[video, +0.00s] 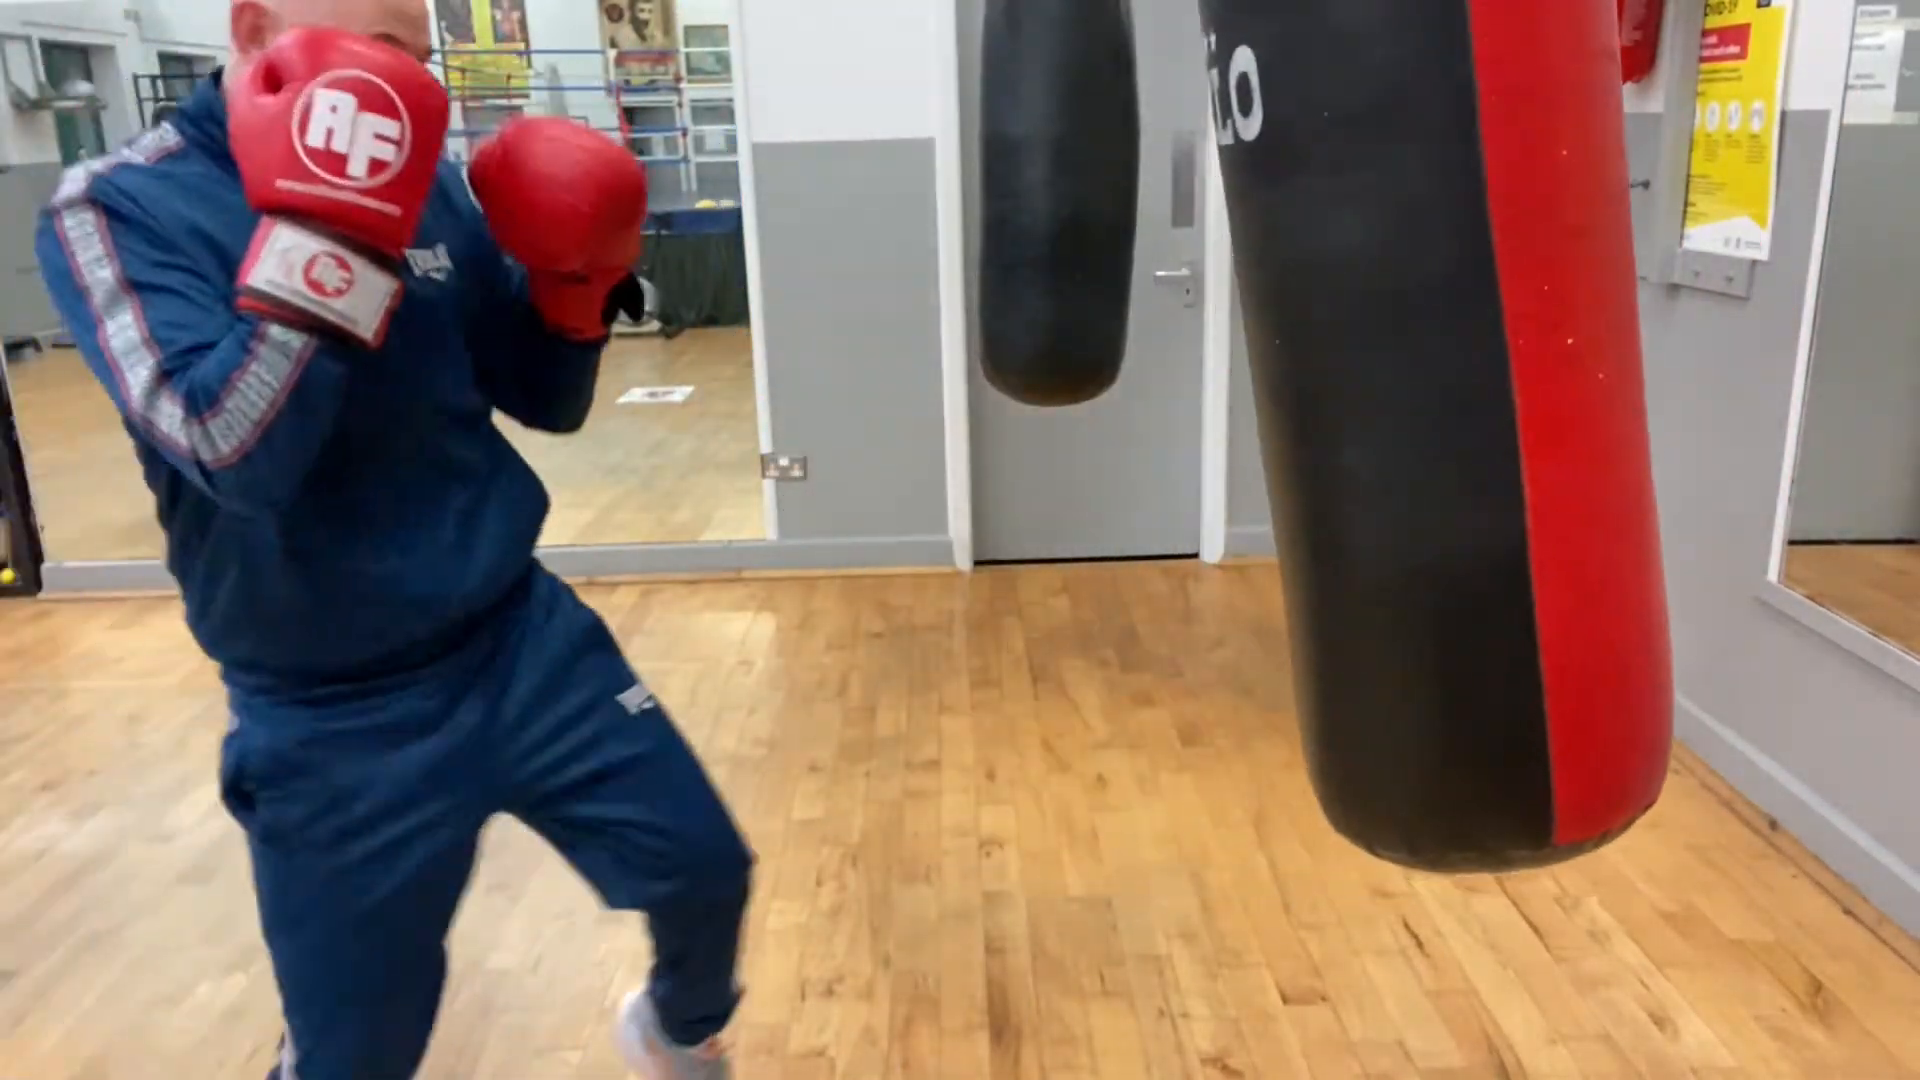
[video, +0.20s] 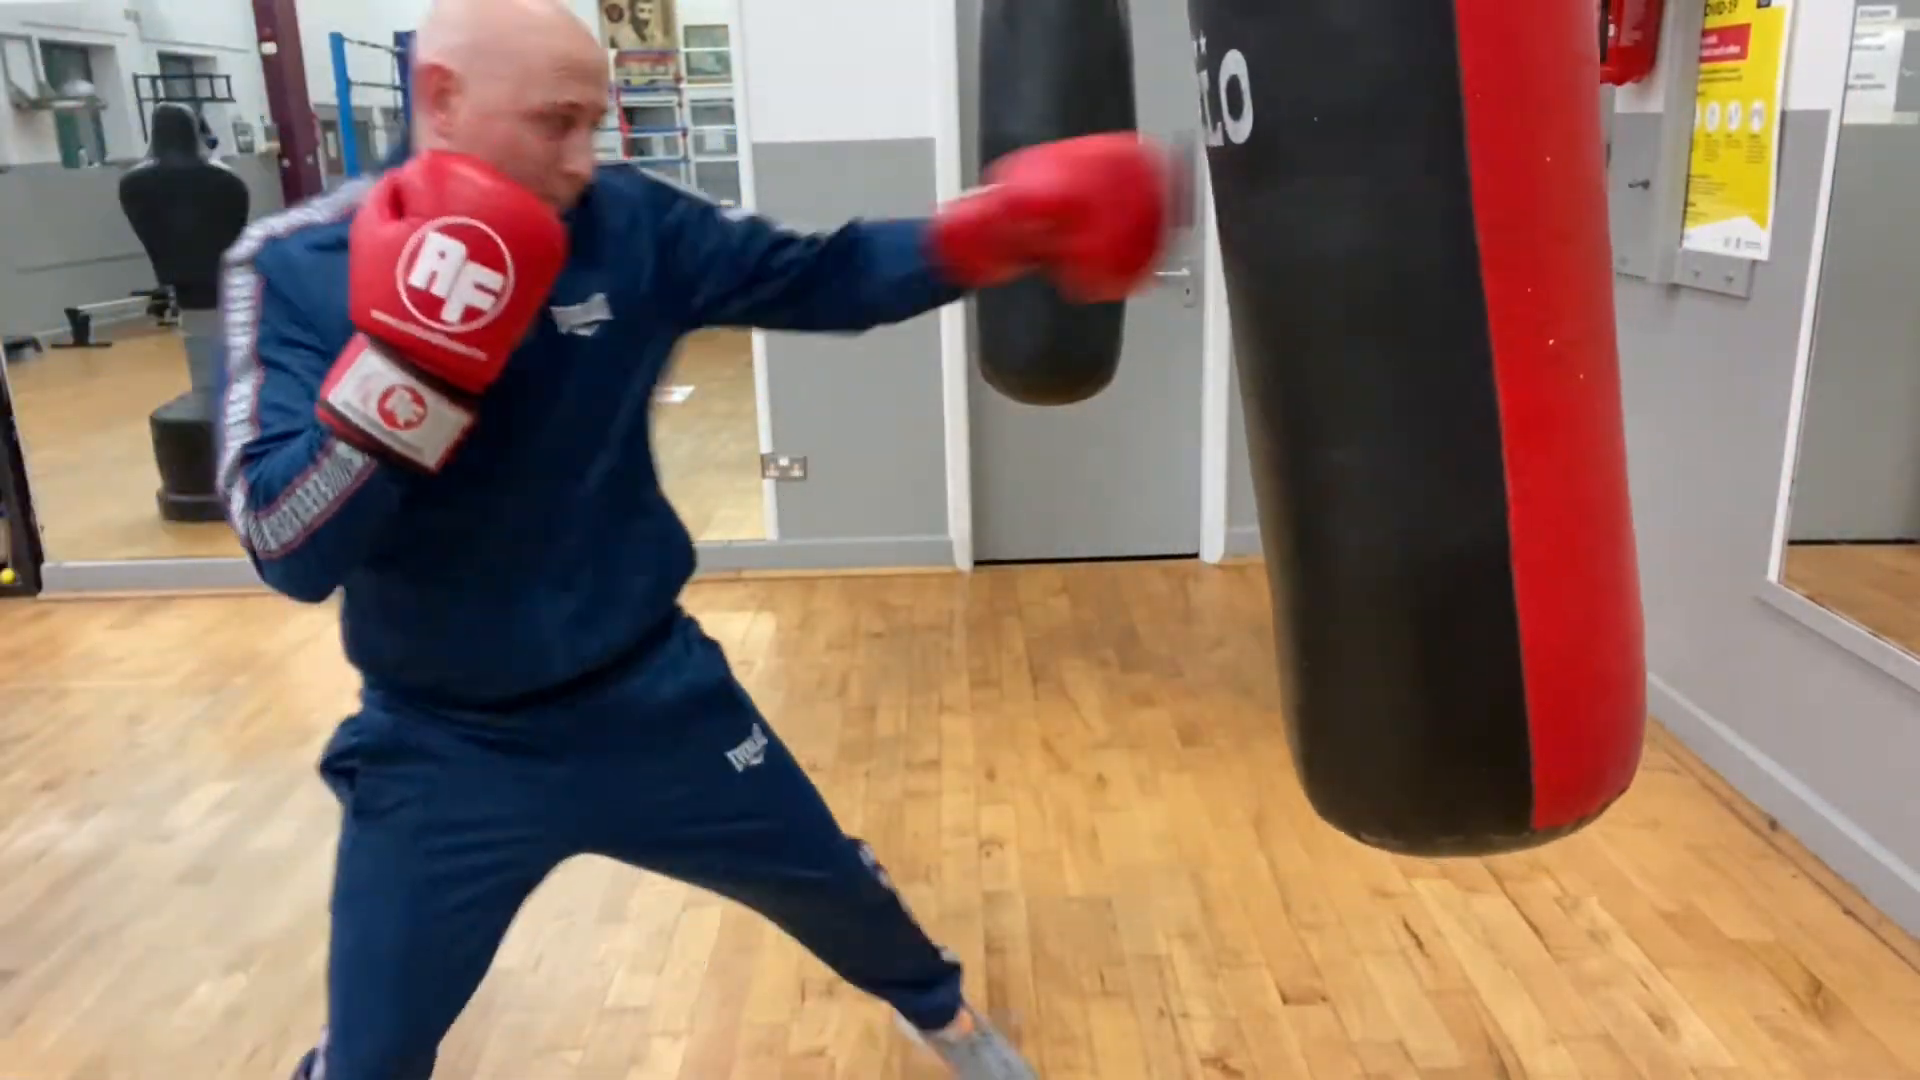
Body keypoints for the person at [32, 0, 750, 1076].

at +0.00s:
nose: (400, 93)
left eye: (417, 57)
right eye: (368, 54)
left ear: (432, 40)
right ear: (255, 31)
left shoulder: (426, 171)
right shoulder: (114, 209)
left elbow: (545, 399)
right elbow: (233, 456)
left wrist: (574, 285)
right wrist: (325, 229)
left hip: (518, 641)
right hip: (333, 723)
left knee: (706, 873)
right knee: (357, 1061)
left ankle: (677, 1037)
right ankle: (302, 1070)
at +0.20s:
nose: (589, 155)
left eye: (599, 121)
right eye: (556, 124)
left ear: (611, 101)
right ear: (438, 104)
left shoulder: (626, 224)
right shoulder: (296, 271)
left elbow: (823, 273)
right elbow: (286, 551)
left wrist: (1007, 224)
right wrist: (413, 362)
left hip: (649, 697)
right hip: (442, 742)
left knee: (836, 888)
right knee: (370, 1061)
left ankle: (954, 1028)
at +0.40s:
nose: (860, 200)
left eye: (866, 171)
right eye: (841, 169)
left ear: (751, 149)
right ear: (740, 145)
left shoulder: (739, 271)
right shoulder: (630, 253)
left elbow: (732, 456)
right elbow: (633, 465)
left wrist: (887, 418)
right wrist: (866, 351)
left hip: (738, 691)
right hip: (600, 728)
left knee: (885, 882)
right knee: (588, 1065)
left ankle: (931, 1053)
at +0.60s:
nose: (833, 202)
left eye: (841, 170)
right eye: (808, 172)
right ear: (698, 148)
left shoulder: (746, 244)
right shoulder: (604, 276)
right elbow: (567, 541)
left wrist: (814, 338)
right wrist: (779, 441)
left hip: (776, 671)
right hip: (622, 735)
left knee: (967, 839)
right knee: (547, 1062)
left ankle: (945, 1000)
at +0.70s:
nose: (778, 196)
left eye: (791, 162)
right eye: (750, 167)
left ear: (803, 144)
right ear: (642, 141)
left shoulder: (799, 222)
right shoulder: (510, 286)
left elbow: (919, 209)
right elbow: (387, 555)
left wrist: (1037, 164)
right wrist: (552, 454)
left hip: (819, 673)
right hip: (629, 719)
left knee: (976, 872)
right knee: (514, 1037)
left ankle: (964, 940)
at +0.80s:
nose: (823, 197)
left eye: (836, 166)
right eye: (795, 171)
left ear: (845, 147)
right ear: (696, 154)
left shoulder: (870, 230)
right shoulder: (602, 278)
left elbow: (1021, 280)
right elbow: (379, 491)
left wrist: (1116, 236)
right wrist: (516, 366)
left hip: (835, 694)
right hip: (656, 724)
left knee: (991, 873)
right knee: (540, 1046)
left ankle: (986, 982)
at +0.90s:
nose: (960, 193)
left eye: (969, 166)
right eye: (943, 159)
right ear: (848, 131)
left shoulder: (896, 276)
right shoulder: (710, 249)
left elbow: (909, 420)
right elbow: (472, 372)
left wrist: (989, 324)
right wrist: (652, 263)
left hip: (853, 684)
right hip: (701, 711)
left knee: (990, 844)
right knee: (579, 1052)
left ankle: (971, 993)